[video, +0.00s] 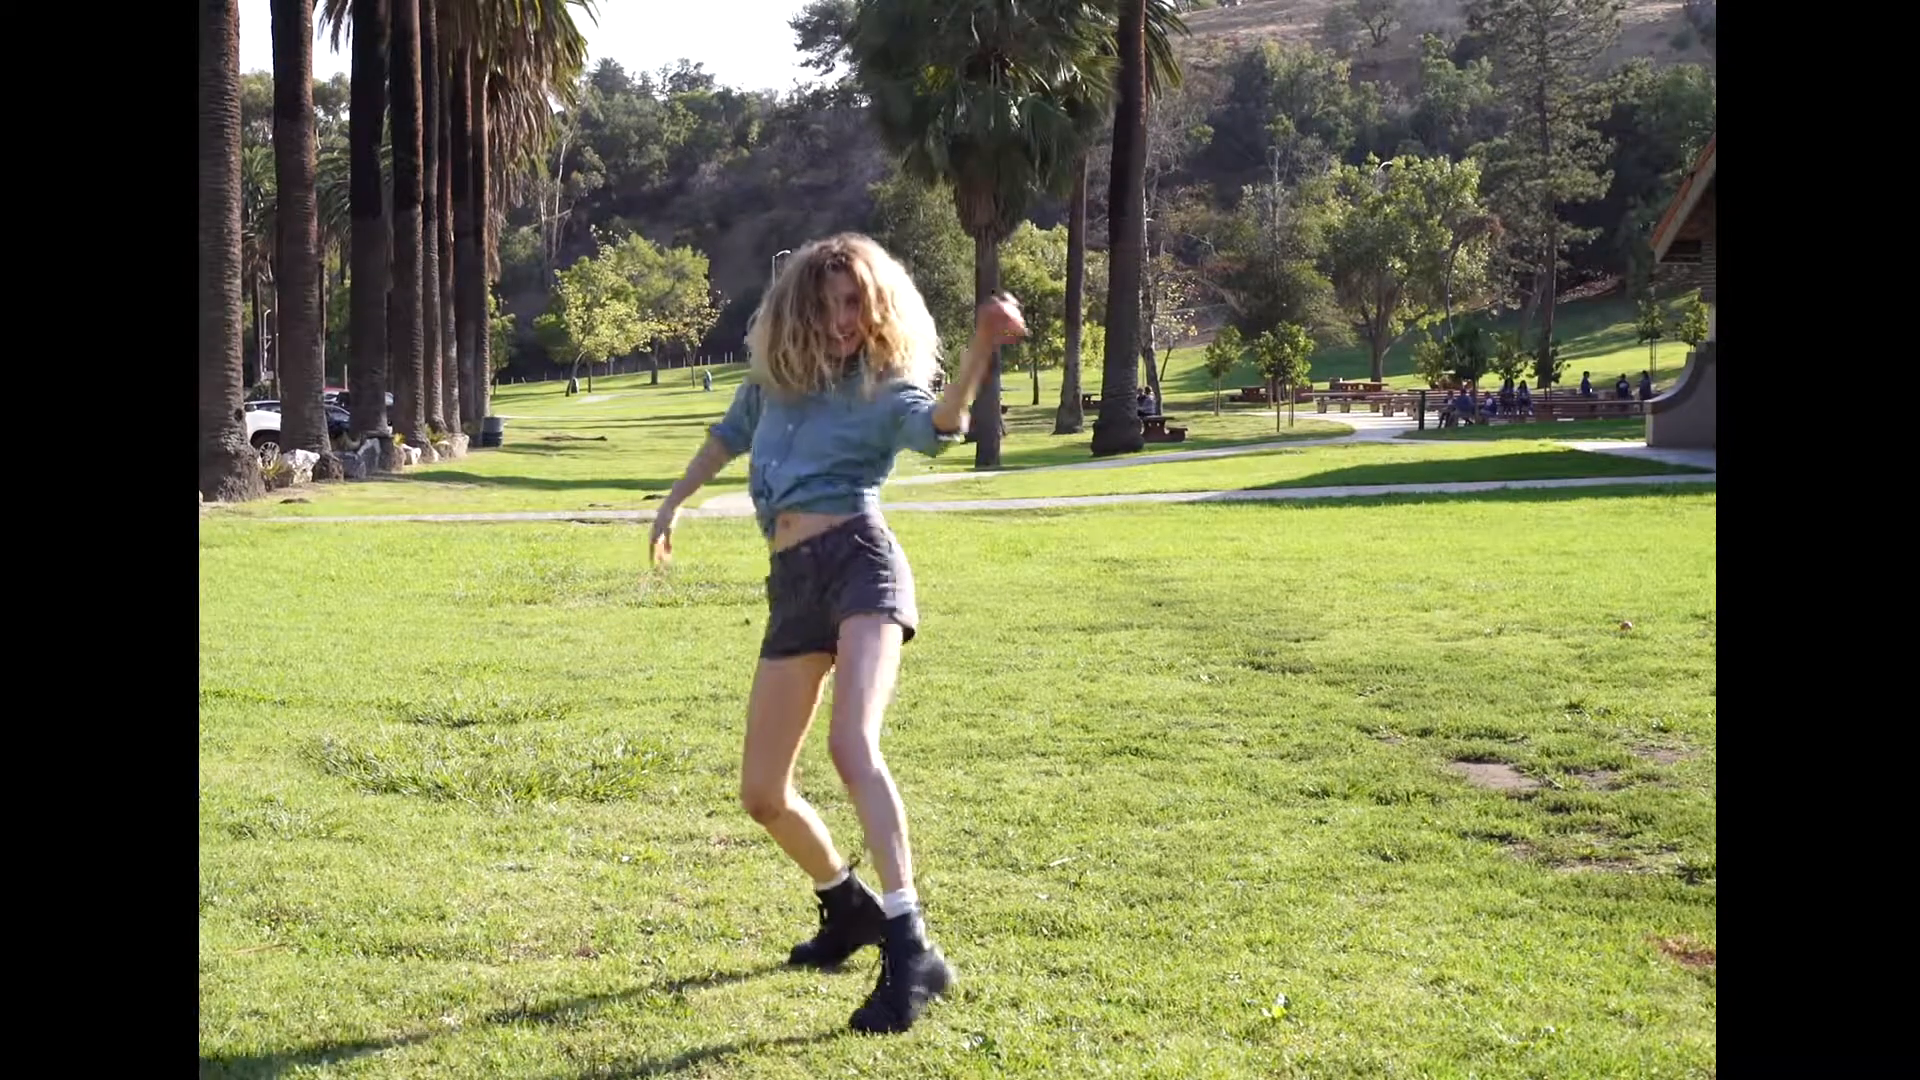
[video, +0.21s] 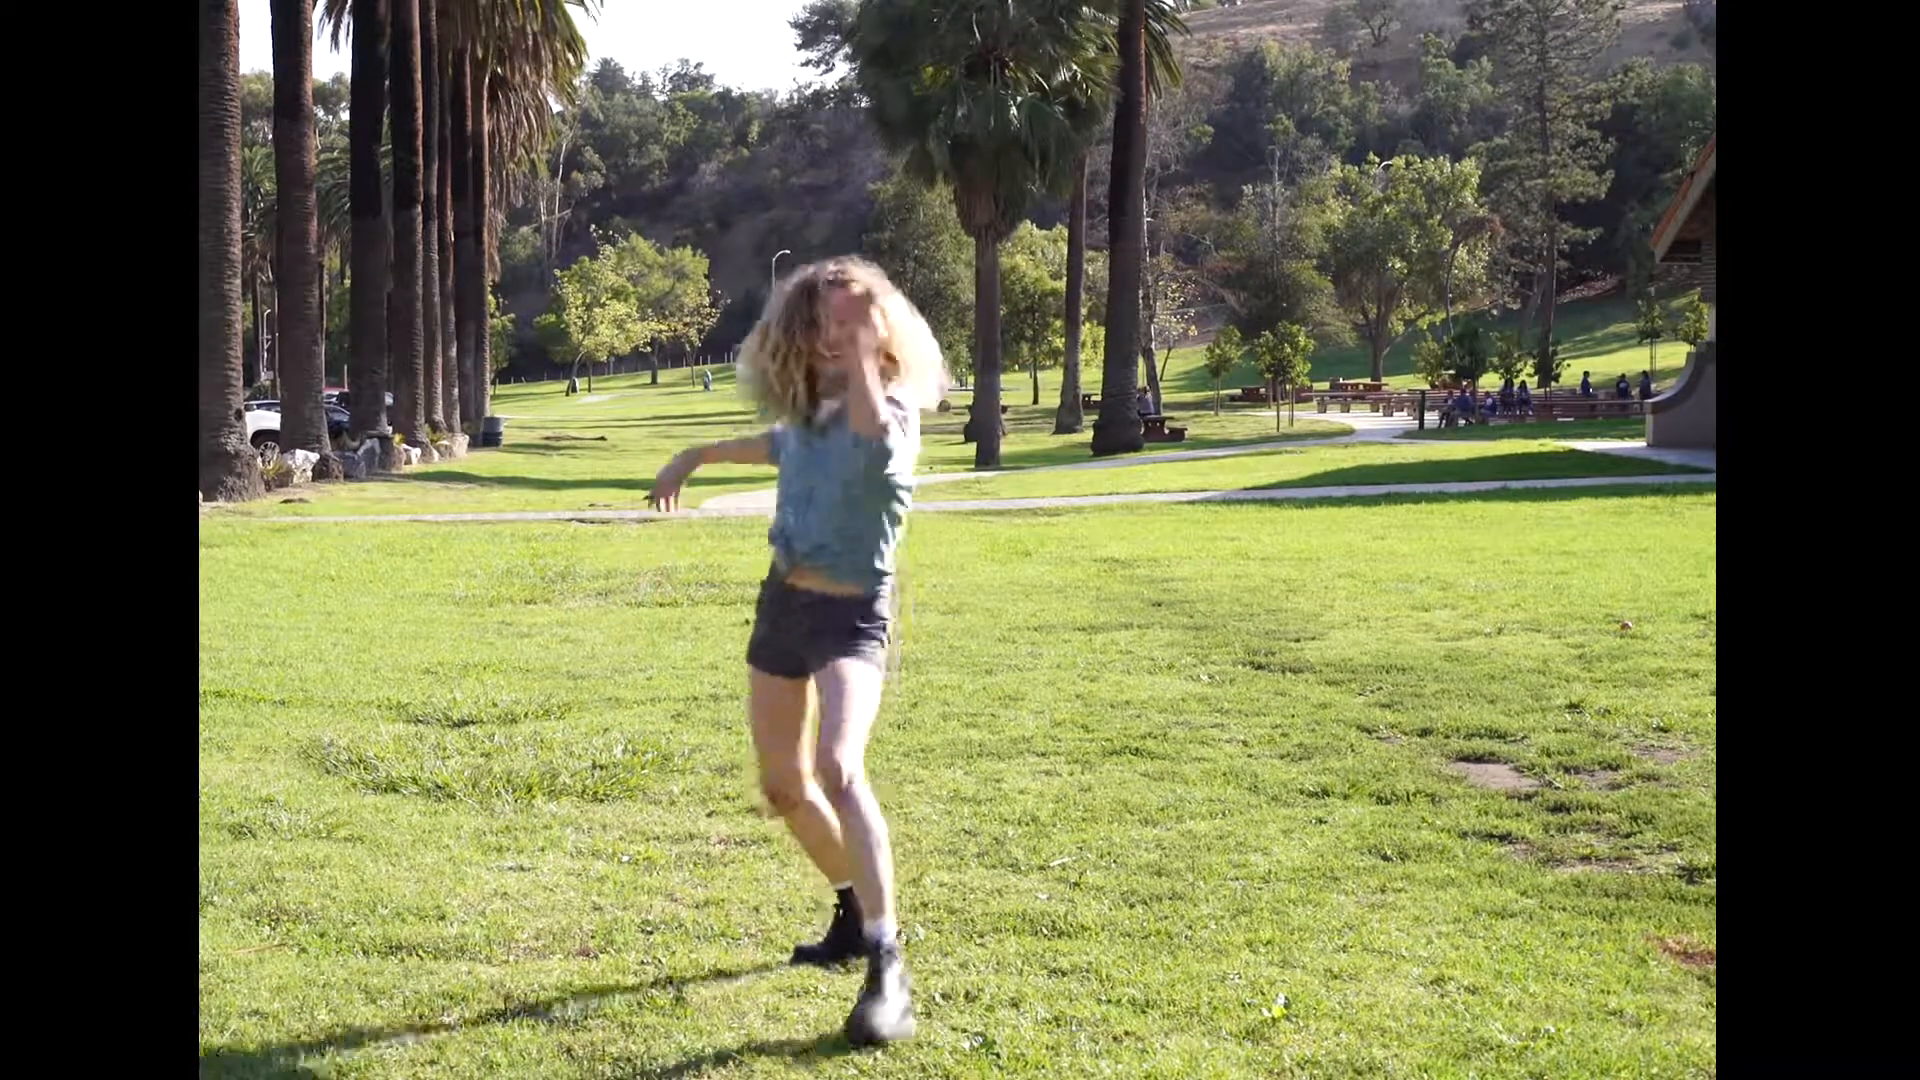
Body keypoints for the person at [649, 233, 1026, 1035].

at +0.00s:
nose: (844, 320)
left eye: (857, 306)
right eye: (831, 306)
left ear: (875, 311)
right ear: (806, 310)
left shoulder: (888, 387)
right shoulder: (770, 384)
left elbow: (944, 422)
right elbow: (723, 442)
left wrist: (982, 349)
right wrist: (670, 506)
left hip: (861, 559)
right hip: (793, 581)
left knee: (852, 749)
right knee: (763, 790)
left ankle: (911, 948)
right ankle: (848, 906)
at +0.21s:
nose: (847, 334)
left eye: (860, 318)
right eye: (831, 324)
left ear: (883, 330)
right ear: (810, 341)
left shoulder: (898, 413)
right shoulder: (804, 421)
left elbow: (871, 424)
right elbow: (767, 446)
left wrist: (862, 353)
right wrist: (694, 456)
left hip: (854, 618)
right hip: (784, 608)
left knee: (836, 769)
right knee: (782, 788)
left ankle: (885, 960)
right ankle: (858, 900)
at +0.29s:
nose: (831, 321)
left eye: (843, 306)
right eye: (819, 310)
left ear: (871, 311)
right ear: (802, 325)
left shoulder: (882, 376)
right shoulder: (817, 391)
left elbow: (863, 431)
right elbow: (804, 461)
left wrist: (794, 353)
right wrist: (724, 435)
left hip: (866, 614)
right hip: (803, 606)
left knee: (807, 786)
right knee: (783, 788)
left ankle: (882, 976)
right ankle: (858, 912)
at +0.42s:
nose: (811, 301)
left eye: (827, 288)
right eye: (798, 292)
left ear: (854, 300)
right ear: (785, 308)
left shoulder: (845, 352)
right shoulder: (814, 382)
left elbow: (838, 392)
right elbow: (815, 473)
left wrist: (750, 414)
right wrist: (755, 435)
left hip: (896, 604)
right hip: (848, 606)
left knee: (814, 797)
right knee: (727, 748)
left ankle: (881, 981)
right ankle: (852, 871)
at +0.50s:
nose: (802, 302)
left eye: (817, 291)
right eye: (788, 293)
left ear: (844, 303)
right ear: (770, 311)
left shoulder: (830, 354)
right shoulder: (832, 374)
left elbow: (819, 409)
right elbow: (839, 444)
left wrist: (767, 472)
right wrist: (775, 446)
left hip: (900, 589)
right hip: (858, 601)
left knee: (829, 792)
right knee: (746, 779)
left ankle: (886, 984)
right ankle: (851, 948)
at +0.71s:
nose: (802, 310)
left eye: (818, 297)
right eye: (790, 298)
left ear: (845, 309)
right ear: (771, 310)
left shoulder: (844, 367)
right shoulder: (804, 385)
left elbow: (889, 399)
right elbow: (817, 437)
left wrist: (907, 460)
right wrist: (792, 448)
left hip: (898, 583)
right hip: (860, 596)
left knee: (796, 725)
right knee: (780, 809)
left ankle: (877, 906)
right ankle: (884, 978)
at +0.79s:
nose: (804, 318)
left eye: (820, 304)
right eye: (790, 304)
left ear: (847, 314)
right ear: (768, 317)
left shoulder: (841, 371)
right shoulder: (798, 391)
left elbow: (902, 390)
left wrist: (938, 433)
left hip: (897, 594)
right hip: (861, 605)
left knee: (791, 694)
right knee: (781, 807)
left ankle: (873, 898)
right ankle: (880, 971)